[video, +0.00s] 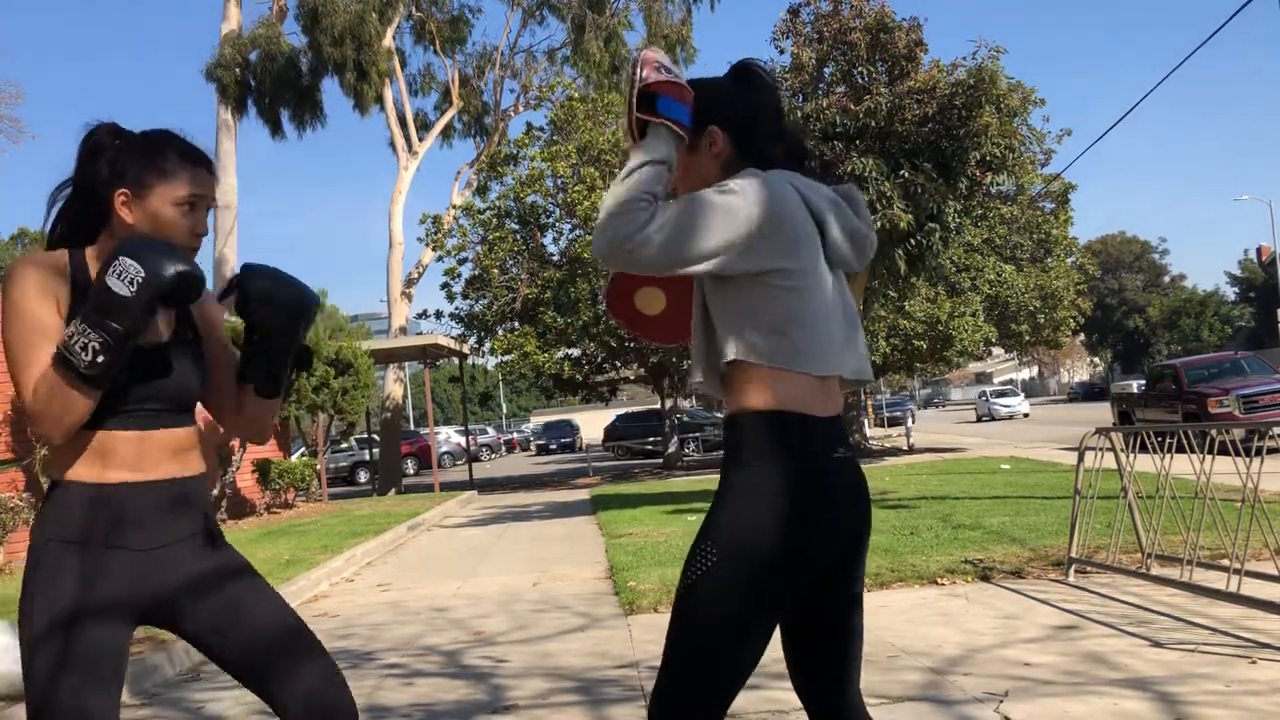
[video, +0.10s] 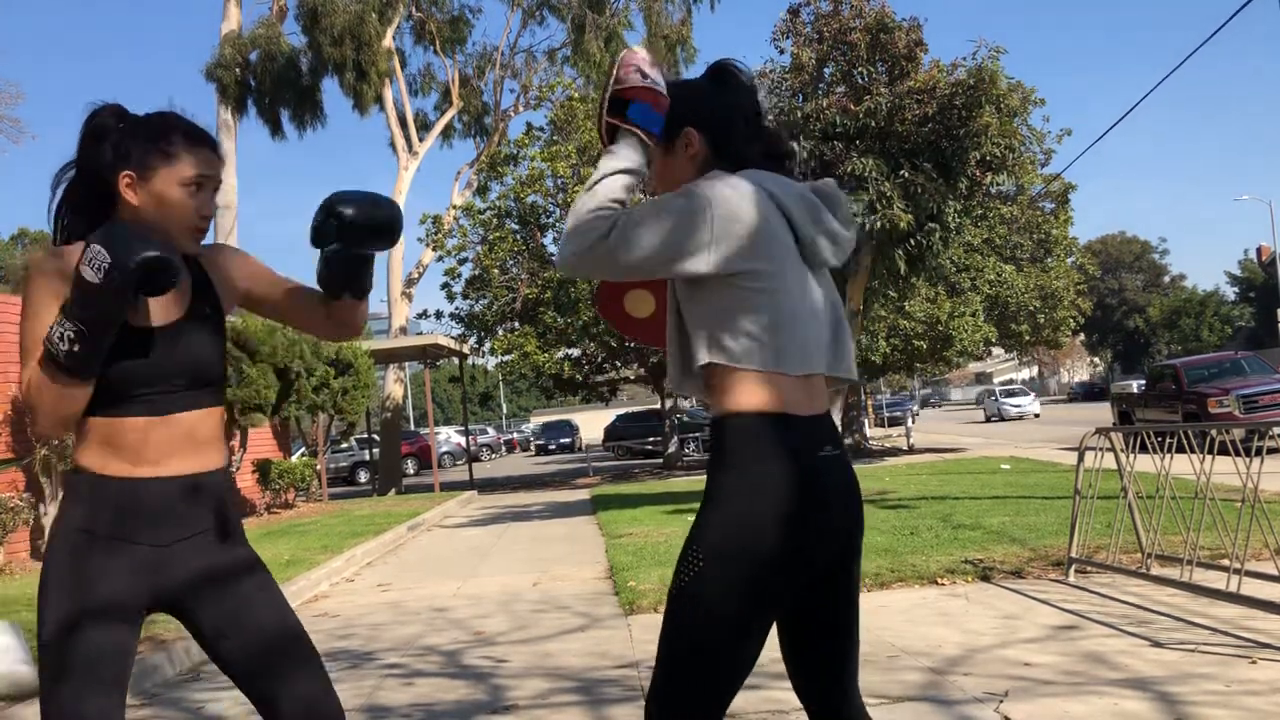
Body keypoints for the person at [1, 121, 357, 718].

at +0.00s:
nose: (204, 227)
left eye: (206, 211)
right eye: (190, 207)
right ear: (127, 205)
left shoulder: (193, 297)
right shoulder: (41, 277)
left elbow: (252, 425)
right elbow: (49, 422)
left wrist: (276, 340)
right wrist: (108, 317)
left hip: (190, 541)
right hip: (82, 546)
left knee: (323, 697)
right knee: (70, 709)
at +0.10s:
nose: (211, 204)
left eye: (212, 188)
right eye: (195, 186)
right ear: (131, 188)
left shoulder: (220, 267)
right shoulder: (62, 271)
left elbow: (342, 322)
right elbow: (48, 421)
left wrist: (351, 255)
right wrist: (90, 312)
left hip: (208, 529)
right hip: (99, 533)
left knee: (313, 706)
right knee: (79, 711)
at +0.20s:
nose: (226, 209)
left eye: (230, 192)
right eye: (211, 191)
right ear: (145, 190)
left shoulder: (246, 250)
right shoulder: (82, 275)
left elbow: (379, 229)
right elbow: (87, 426)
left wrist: (460, 165)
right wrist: (110, 318)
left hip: (221, 533)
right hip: (113, 531)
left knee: (314, 703)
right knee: (82, 707)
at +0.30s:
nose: (231, 217)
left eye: (236, 201)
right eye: (217, 199)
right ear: (152, 194)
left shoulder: (246, 254)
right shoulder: (83, 277)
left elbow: (378, 253)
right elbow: (93, 429)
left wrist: (434, 186)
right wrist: (120, 323)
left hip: (225, 535)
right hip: (116, 533)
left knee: (326, 707)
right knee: (80, 711)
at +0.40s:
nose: (229, 225)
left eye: (234, 208)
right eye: (216, 206)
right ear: (151, 199)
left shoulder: (232, 273)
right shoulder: (74, 279)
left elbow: (339, 360)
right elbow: (76, 436)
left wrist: (360, 274)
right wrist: (112, 327)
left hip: (224, 536)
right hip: (115, 537)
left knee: (330, 707)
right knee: (83, 711)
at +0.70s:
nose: (218, 227)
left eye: (223, 212)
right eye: (205, 207)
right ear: (142, 199)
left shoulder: (212, 289)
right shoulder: (54, 280)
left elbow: (257, 419)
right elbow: (59, 430)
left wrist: (280, 316)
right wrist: (103, 319)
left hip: (202, 541)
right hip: (94, 543)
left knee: (313, 708)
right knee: (70, 710)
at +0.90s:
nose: (211, 226)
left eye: (214, 209)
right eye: (197, 206)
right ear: (133, 202)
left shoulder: (210, 297)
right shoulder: (50, 282)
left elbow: (256, 424)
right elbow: (45, 436)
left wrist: (285, 331)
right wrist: (99, 321)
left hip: (205, 541)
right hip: (96, 544)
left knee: (320, 707)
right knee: (78, 709)